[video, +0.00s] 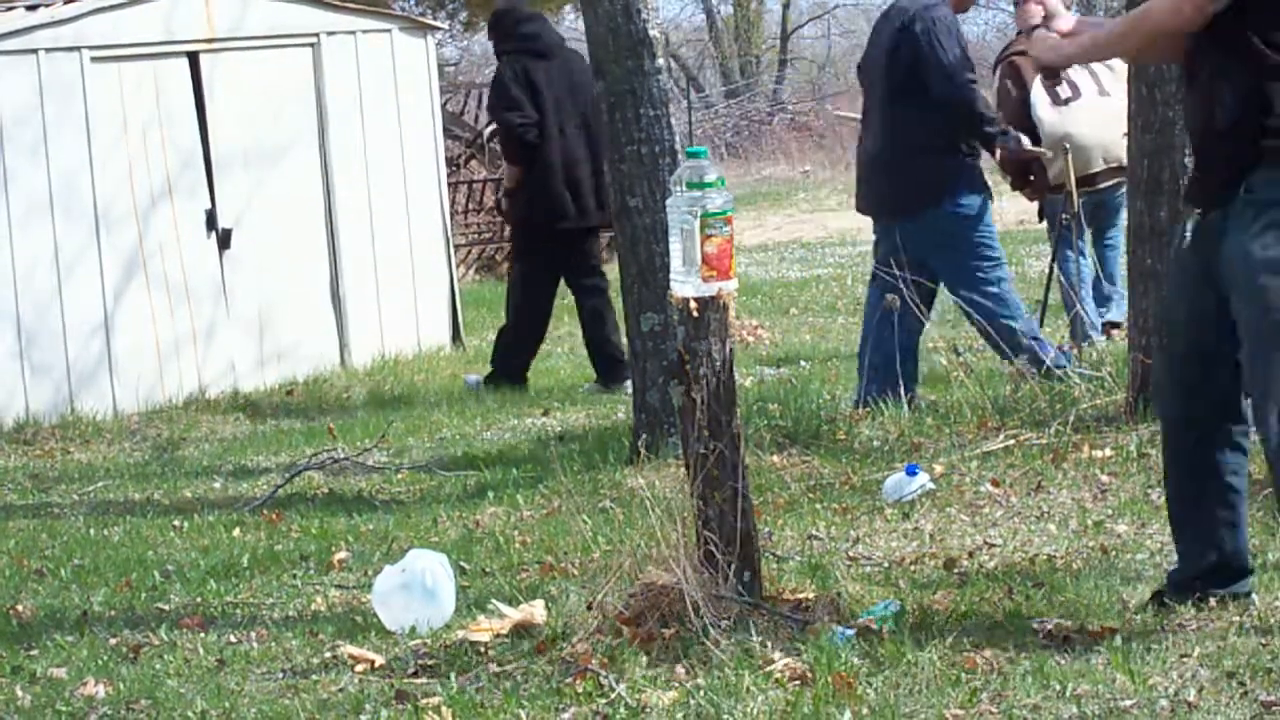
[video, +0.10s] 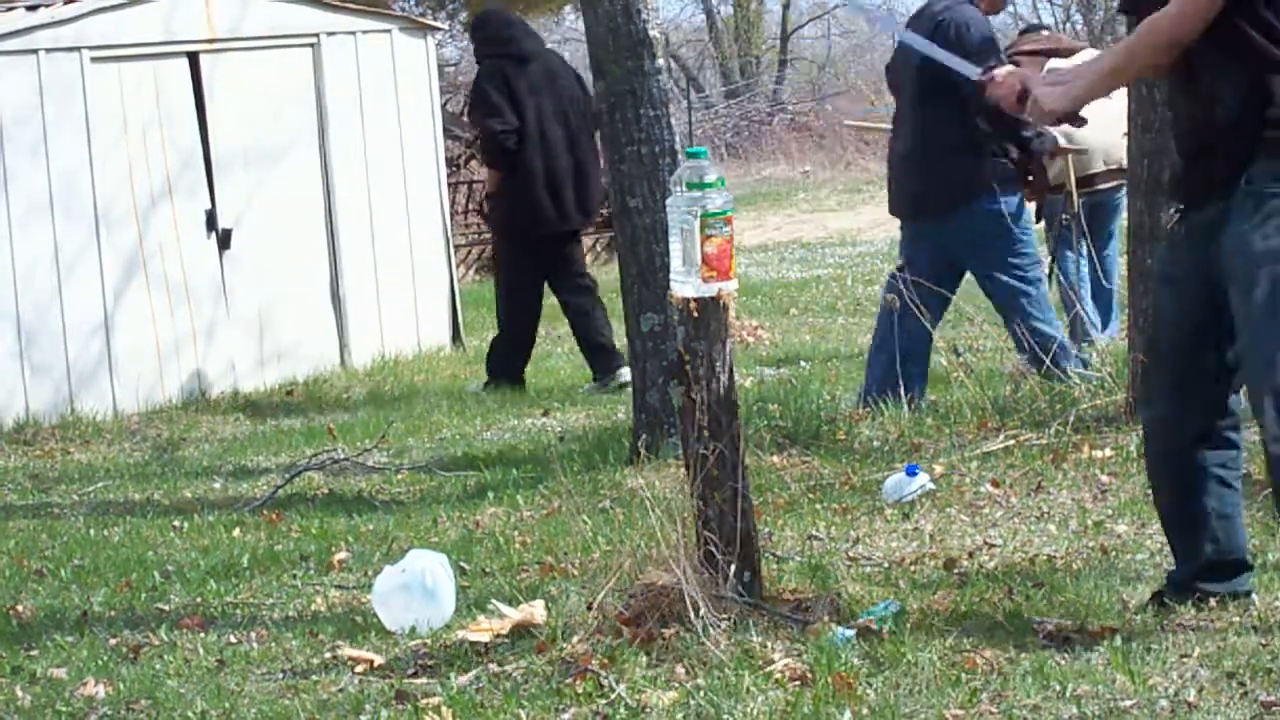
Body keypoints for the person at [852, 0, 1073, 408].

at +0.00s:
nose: (973, 6)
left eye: (975, 3)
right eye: (974, 2)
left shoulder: (892, 20)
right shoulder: (933, 18)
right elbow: (957, 90)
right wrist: (1001, 139)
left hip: (894, 186)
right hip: (939, 182)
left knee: (895, 299)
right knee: (987, 285)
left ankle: (882, 402)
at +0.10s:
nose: (1005, 6)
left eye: (1006, 4)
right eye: (1005, 2)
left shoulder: (916, 25)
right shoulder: (969, 24)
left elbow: (897, 80)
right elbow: (996, 102)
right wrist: (1032, 140)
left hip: (922, 191)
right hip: (978, 186)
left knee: (912, 300)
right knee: (1023, 289)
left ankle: (886, 404)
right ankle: (1069, 382)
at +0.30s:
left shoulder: (982, 10)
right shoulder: (1040, 12)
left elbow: (955, 63)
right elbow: (1070, 91)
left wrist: (993, 109)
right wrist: (1112, 128)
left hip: (985, 164)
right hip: (1044, 166)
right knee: (1078, 271)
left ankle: (935, 351)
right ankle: (1070, 379)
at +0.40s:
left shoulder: (1007, 8)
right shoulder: (1071, 8)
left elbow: (980, 59)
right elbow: (1104, 74)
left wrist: (1018, 104)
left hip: (1022, 161)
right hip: (1075, 163)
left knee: (1059, 254)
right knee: (1088, 275)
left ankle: (998, 334)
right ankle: (1075, 379)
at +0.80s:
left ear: (1033, 37)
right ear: (1070, 36)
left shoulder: (1022, 66)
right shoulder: (1094, 62)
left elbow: (1011, 121)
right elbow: (1115, 109)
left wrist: (1015, 169)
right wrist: (1117, 158)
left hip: (1047, 175)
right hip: (1099, 171)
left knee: (1048, 246)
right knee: (1101, 247)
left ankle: (1051, 326)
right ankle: (1101, 328)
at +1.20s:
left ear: (1015, 61)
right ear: (1053, 54)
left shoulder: (1004, 79)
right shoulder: (1088, 70)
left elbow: (993, 138)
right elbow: (1122, 112)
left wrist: (1004, 184)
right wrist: (1113, 157)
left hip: (1040, 166)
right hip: (1095, 161)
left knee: (1043, 247)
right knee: (1094, 241)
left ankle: (1055, 332)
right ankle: (1096, 326)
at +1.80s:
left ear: (1014, 66)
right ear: (1053, 57)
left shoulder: (1008, 79)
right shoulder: (1088, 74)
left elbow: (1001, 137)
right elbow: (1124, 113)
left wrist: (1003, 181)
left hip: (1046, 169)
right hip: (1102, 163)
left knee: (1042, 252)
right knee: (1107, 248)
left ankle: (1052, 336)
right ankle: (1116, 325)